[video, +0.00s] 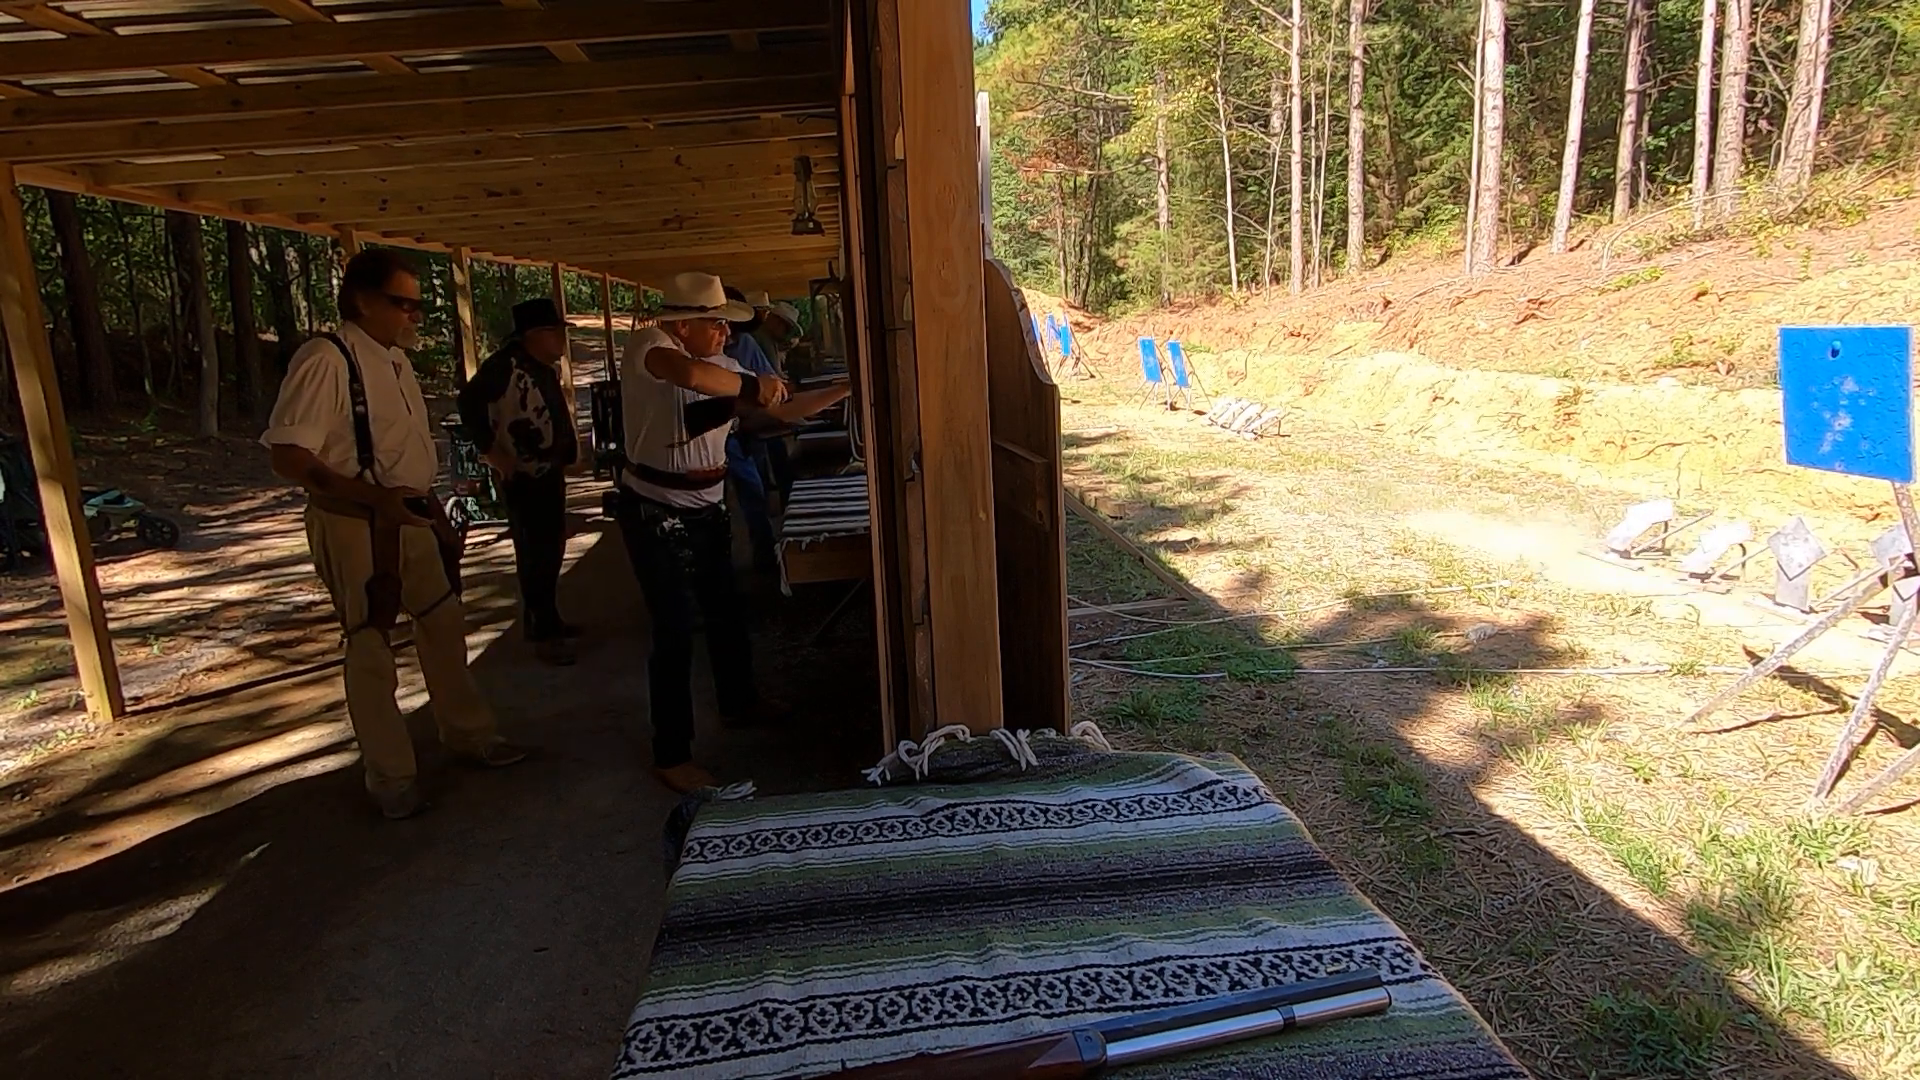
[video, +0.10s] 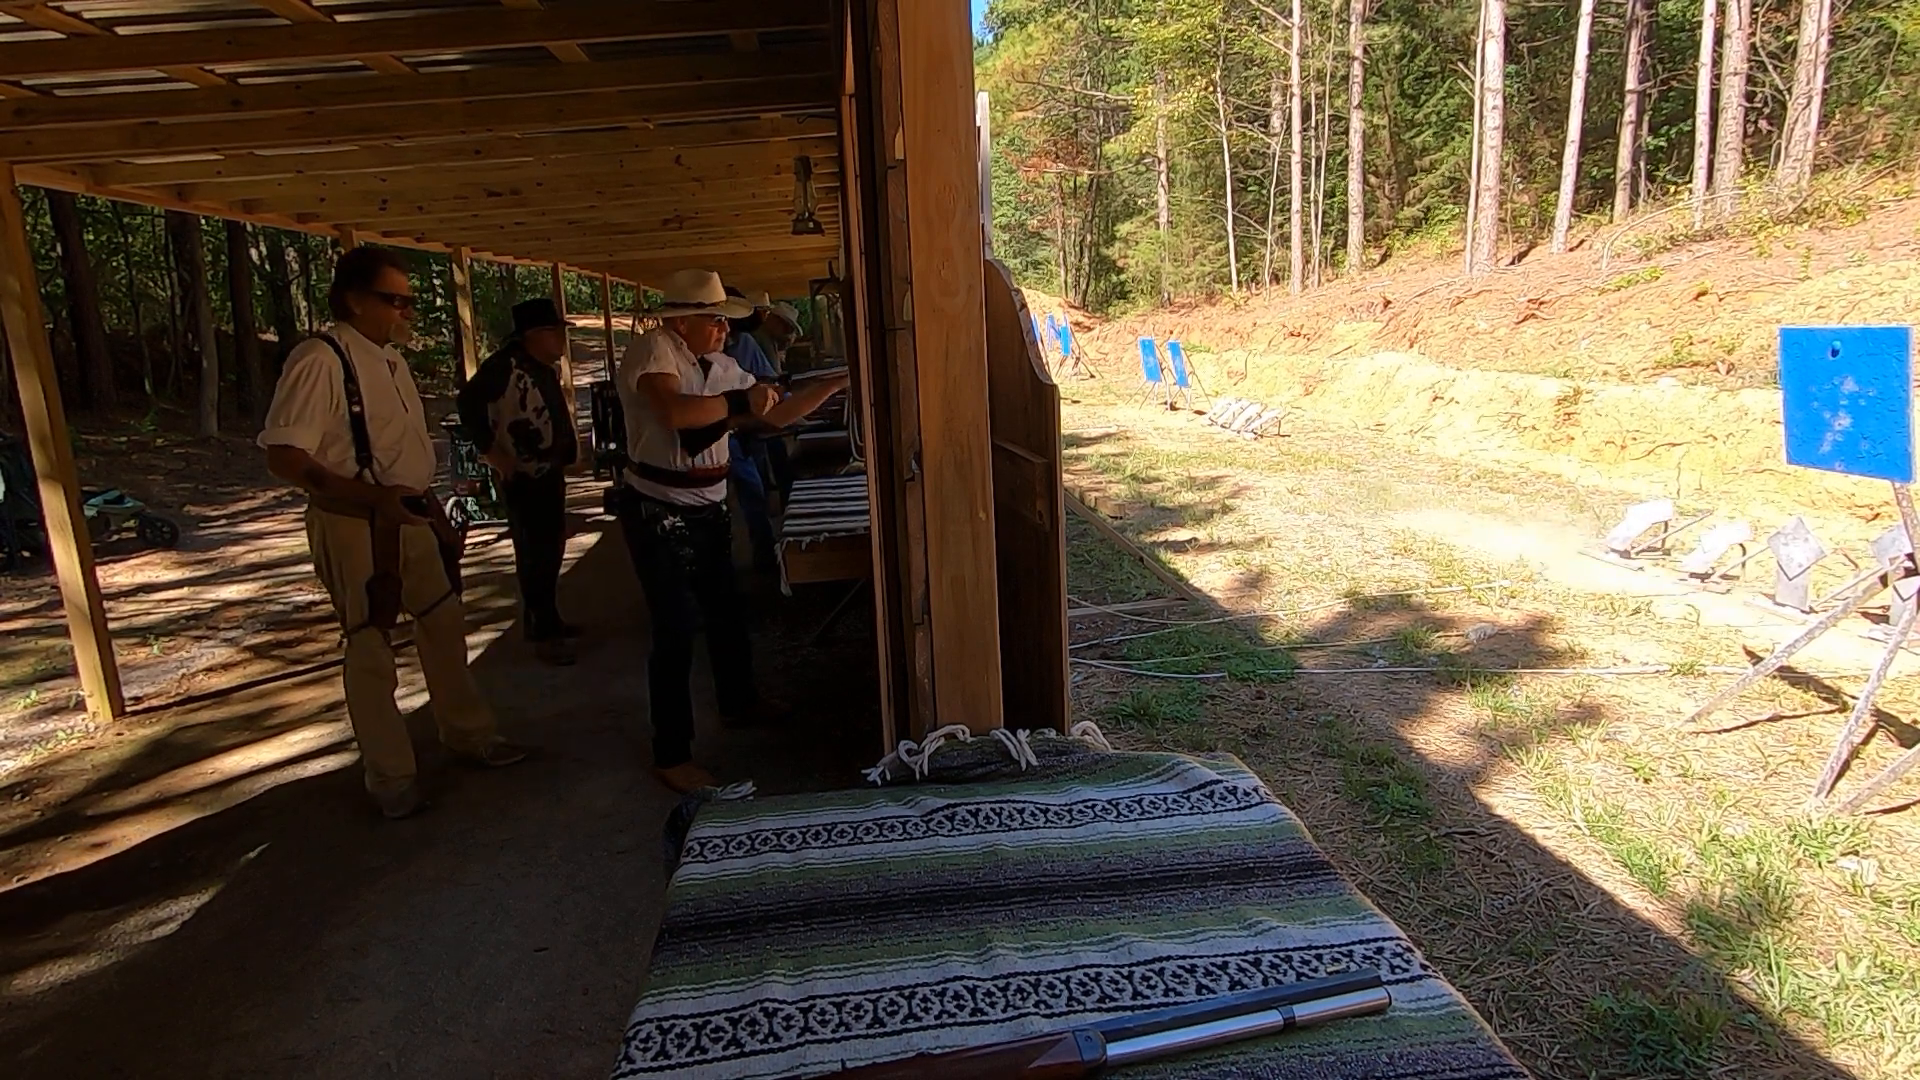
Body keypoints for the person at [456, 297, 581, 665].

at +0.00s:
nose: (564, 339)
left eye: (563, 332)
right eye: (558, 332)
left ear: (544, 334)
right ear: (536, 334)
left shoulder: (547, 368)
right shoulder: (504, 365)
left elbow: (555, 413)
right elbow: (469, 402)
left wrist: (567, 450)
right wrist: (490, 449)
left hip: (550, 473)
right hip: (522, 477)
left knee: (551, 551)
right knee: (535, 553)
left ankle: (549, 621)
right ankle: (541, 631)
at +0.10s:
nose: (563, 339)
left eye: (562, 332)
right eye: (557, 332)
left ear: (544, 334)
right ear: (534, 334)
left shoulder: (546, 368)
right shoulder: (504, 365)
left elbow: (554, 414)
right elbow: (468, 403)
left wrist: (567, 450)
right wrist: (490, 450)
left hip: (550, 473)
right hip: (522, 477)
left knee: (551, 551)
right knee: (534, 553)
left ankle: (549, 620)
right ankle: (541, 631)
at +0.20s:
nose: (563, 339)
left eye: (562, 331)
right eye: (557, 332)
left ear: (544, 334)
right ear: (534, 334)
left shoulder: (546, 369)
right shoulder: (504, 365)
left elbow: (554, 414)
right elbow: (468, 403)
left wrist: (567, 449)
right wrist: (490, 450)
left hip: (549, 474)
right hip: (521, 477)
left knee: (551, 551)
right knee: (534, 554)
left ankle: (550, 620)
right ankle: (541, 631)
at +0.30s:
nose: (564, 339)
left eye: (563, 332)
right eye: (557, 332)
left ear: (544, 335)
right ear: (534, 334)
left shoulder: (547, 370)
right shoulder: (503, 366)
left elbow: (557, 414)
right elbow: (468, 403)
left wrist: (568, 448)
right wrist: (490, 450)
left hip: (550, 474)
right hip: (520, 477)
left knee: (551, 551)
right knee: (533, 554)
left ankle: (550, 620)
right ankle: (540, 631)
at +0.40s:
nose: (563, 339)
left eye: (563, 332)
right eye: (557, 332)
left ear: (545, 335)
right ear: (535, 334)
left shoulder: (547, 370)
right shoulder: (503, 366)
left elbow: (555, 413)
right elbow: (468, 402)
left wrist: (566, 449)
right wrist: (489, 450)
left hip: (550, 473)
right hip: (520, 477)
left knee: (552, 550)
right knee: (534, 553)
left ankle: (550, 620)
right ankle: (540, 631)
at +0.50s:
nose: (563, 340)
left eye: (563, 332)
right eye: (557, 333)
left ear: (546, 335)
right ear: (534, 334)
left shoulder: (547, 371)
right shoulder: (503, 366)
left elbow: (558, 412)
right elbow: (468, 403)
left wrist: (568, 440)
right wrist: (490, 450)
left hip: (550, 474)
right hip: (520, 477)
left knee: (552, 550)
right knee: (534, 553)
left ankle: (550, 620)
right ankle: (541, 630)